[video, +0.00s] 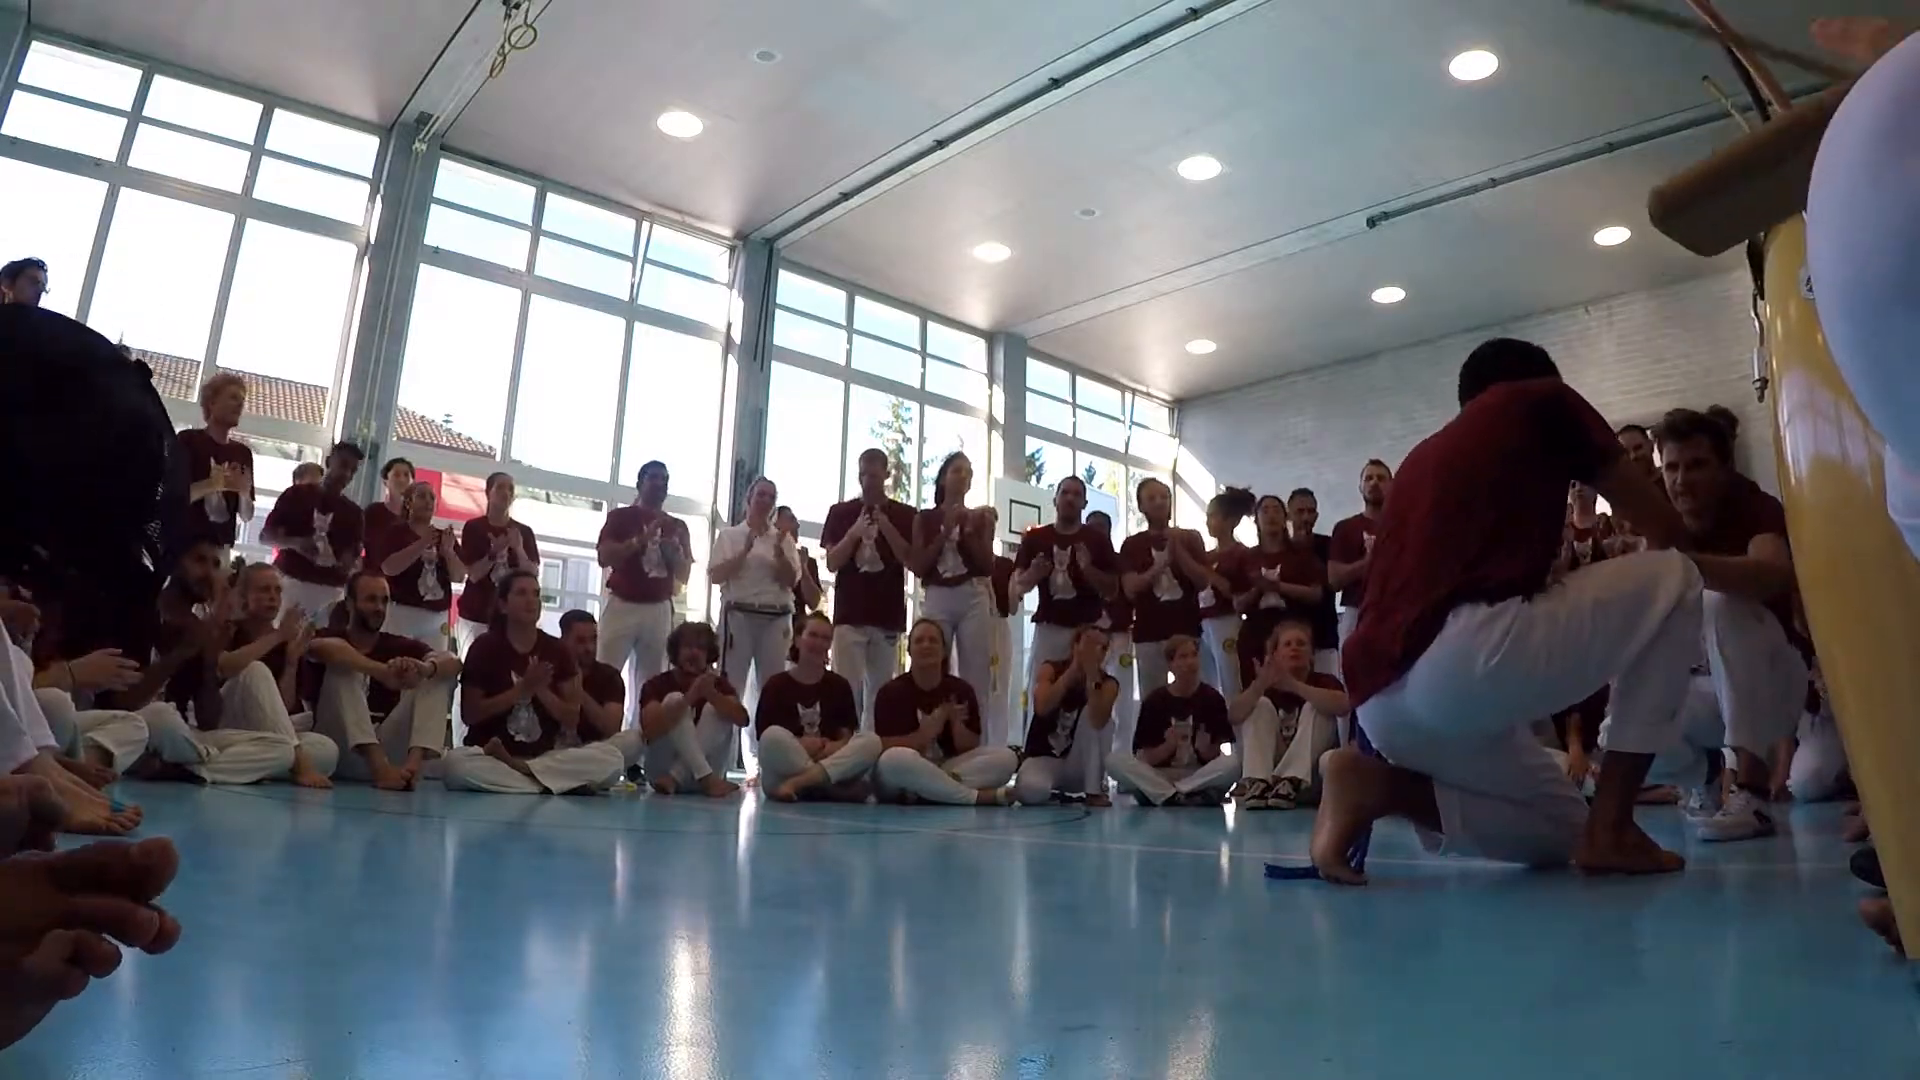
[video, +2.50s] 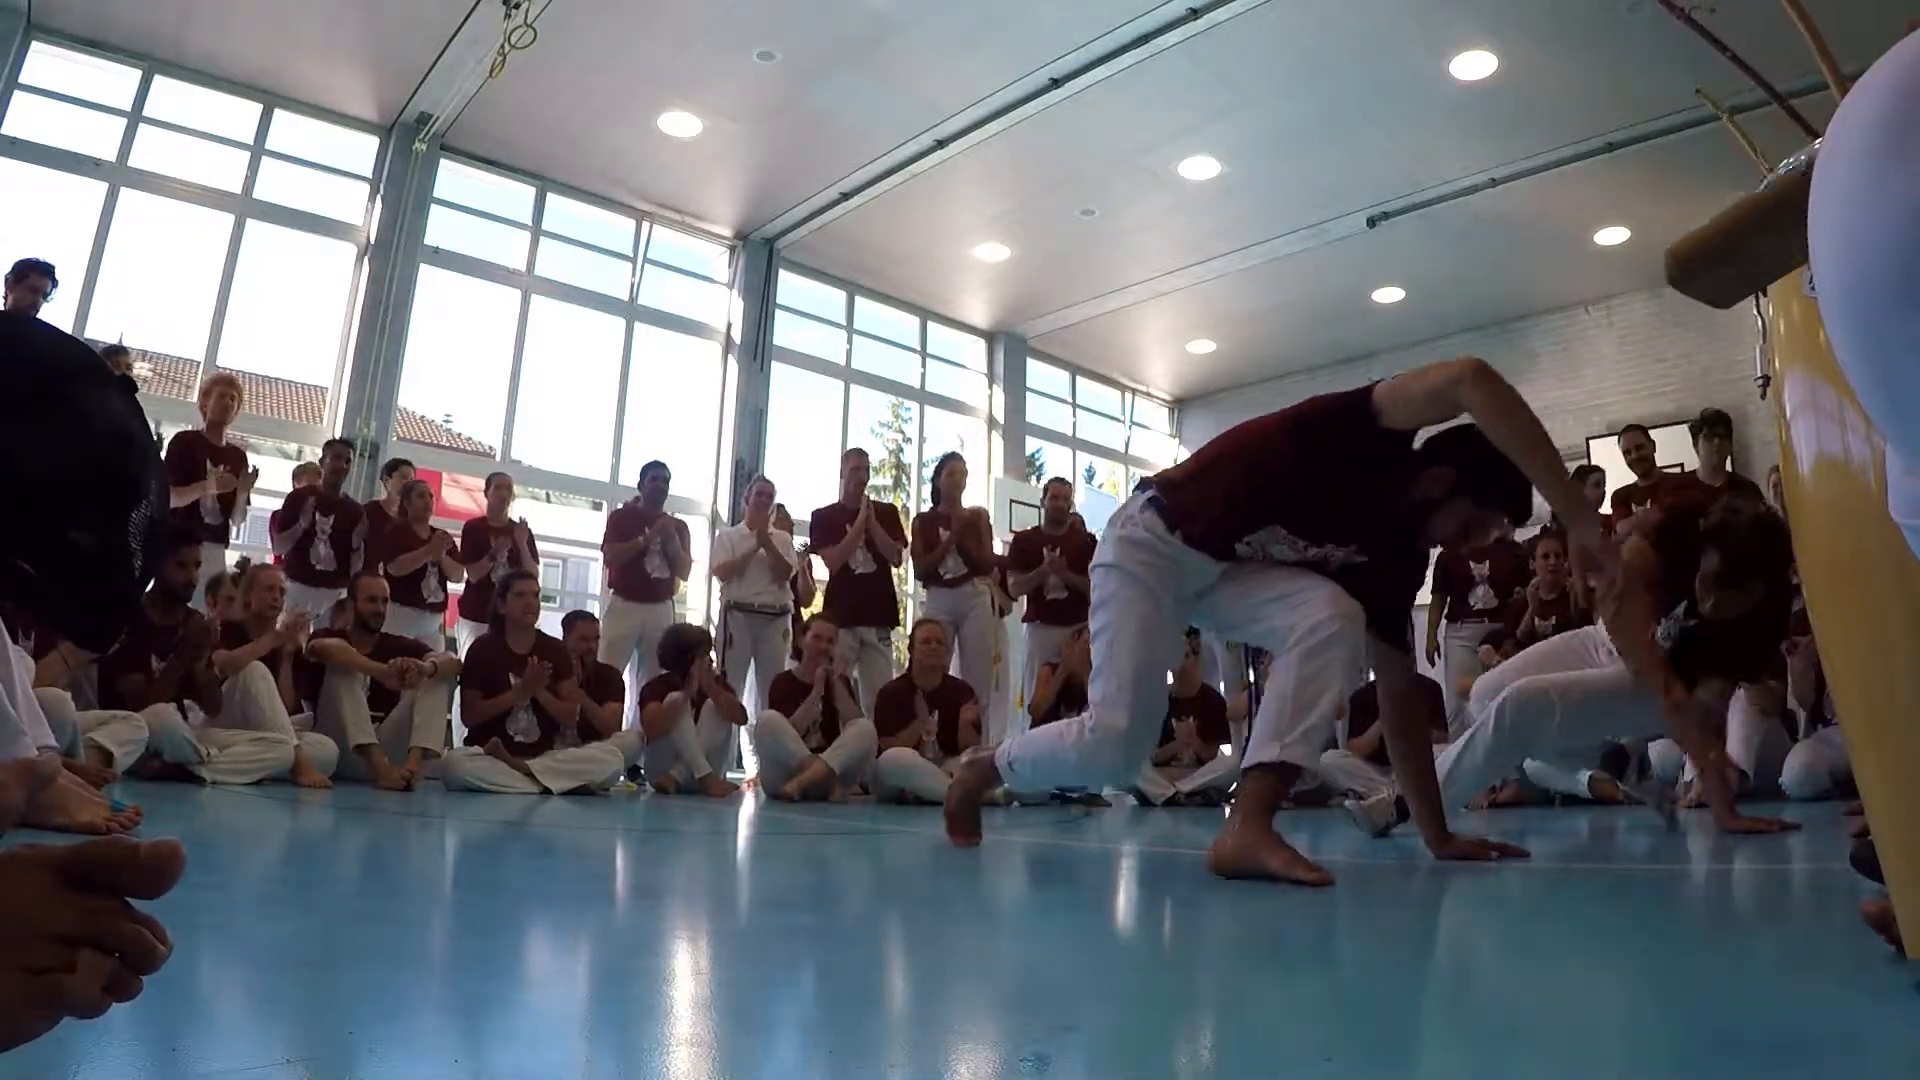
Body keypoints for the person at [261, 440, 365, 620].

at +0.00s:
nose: (347, 475)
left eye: (352, 470)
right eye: (343, 466)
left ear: (355, 474)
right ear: (328, 462)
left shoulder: (354, 513)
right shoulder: (295, 495)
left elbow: (353, 551)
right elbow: (266, 536)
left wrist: (344, 564)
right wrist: (297, 543)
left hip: (329, 590)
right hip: (290, 583)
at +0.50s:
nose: (326, 467)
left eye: (331, 463)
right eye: (321, 461)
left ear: (335, 471)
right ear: (306, 467)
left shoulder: (344, 510)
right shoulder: (290, 503)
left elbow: (353, 550)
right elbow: (289, 543)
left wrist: (352, 515)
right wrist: (308, 507)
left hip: (335, 587)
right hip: (299, 583)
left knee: (331, 651)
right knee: (293, 648)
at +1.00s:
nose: (344, 469)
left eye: (348, 466)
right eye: (339, 461)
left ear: (348, 474)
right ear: (322, 463)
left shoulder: (349, 511)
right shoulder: (294, 496)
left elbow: (352, 553)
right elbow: (275, 541)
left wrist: (338, 534)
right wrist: (314, 533)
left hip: (334, 588)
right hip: (297, 583)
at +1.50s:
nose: (343, 466)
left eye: (348, 462)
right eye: (338, 457)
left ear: (349, 469)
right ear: (321, 460)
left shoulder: (349, 506)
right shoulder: (298, 495)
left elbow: (351, 556)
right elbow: (288, 541)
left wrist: (343, 525)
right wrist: (317, 526)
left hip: (334, 586)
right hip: (299, 582)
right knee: (289, 648)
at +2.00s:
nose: (341, 468)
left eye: (347, 464)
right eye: (337, 460)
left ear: (351, 471)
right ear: (324, 461)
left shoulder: (346, 504)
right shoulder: (300, 494)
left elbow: (351, 552)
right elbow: (292, 535)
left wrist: (352, 518)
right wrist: (317, 503)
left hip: (333, 586)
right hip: (299, 582)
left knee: (327, 654)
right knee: (288, 646)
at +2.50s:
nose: (341, 465)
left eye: (347, 461)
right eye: (336, 458)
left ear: (351, 468)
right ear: (322, 462)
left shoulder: (355, 511)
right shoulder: (298, 498)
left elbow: (358, 552)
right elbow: (278, 546)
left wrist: (352, 580)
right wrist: (303, 524)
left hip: (335, 591)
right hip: (298, 586)